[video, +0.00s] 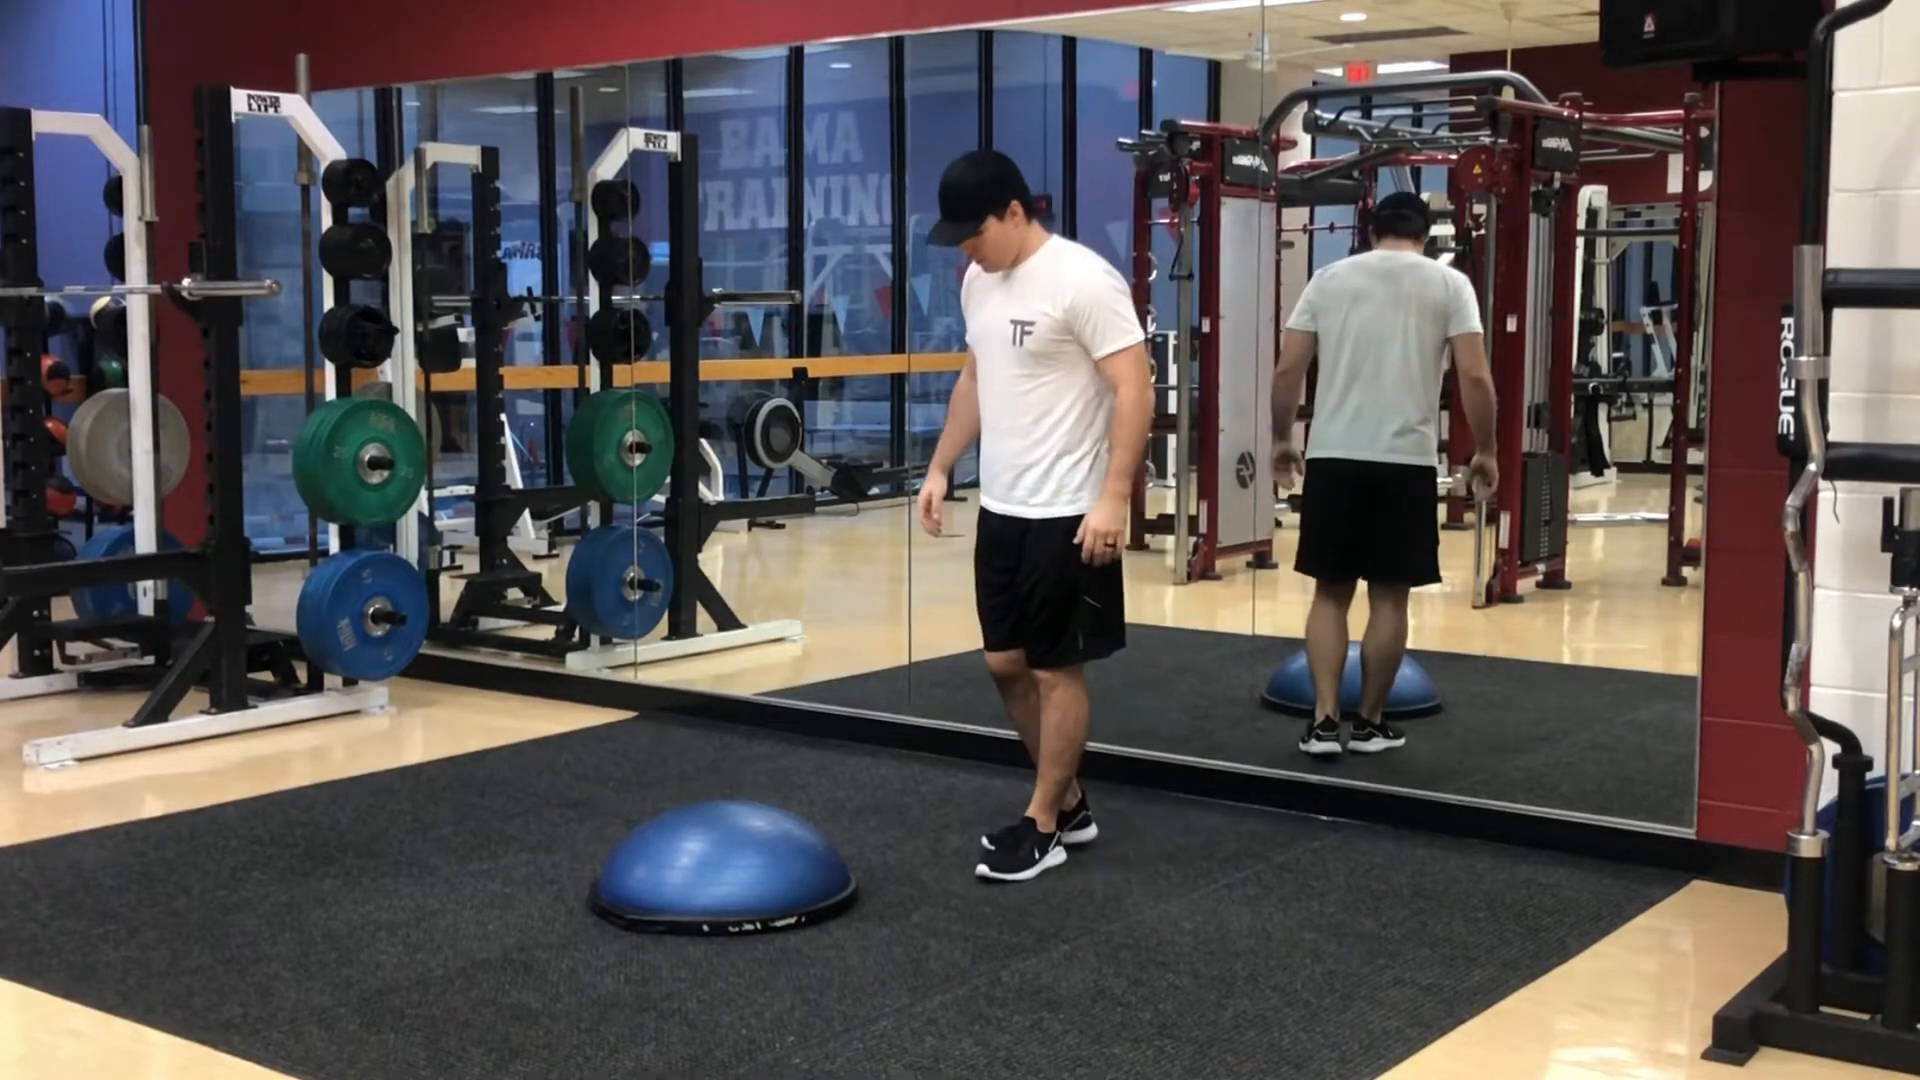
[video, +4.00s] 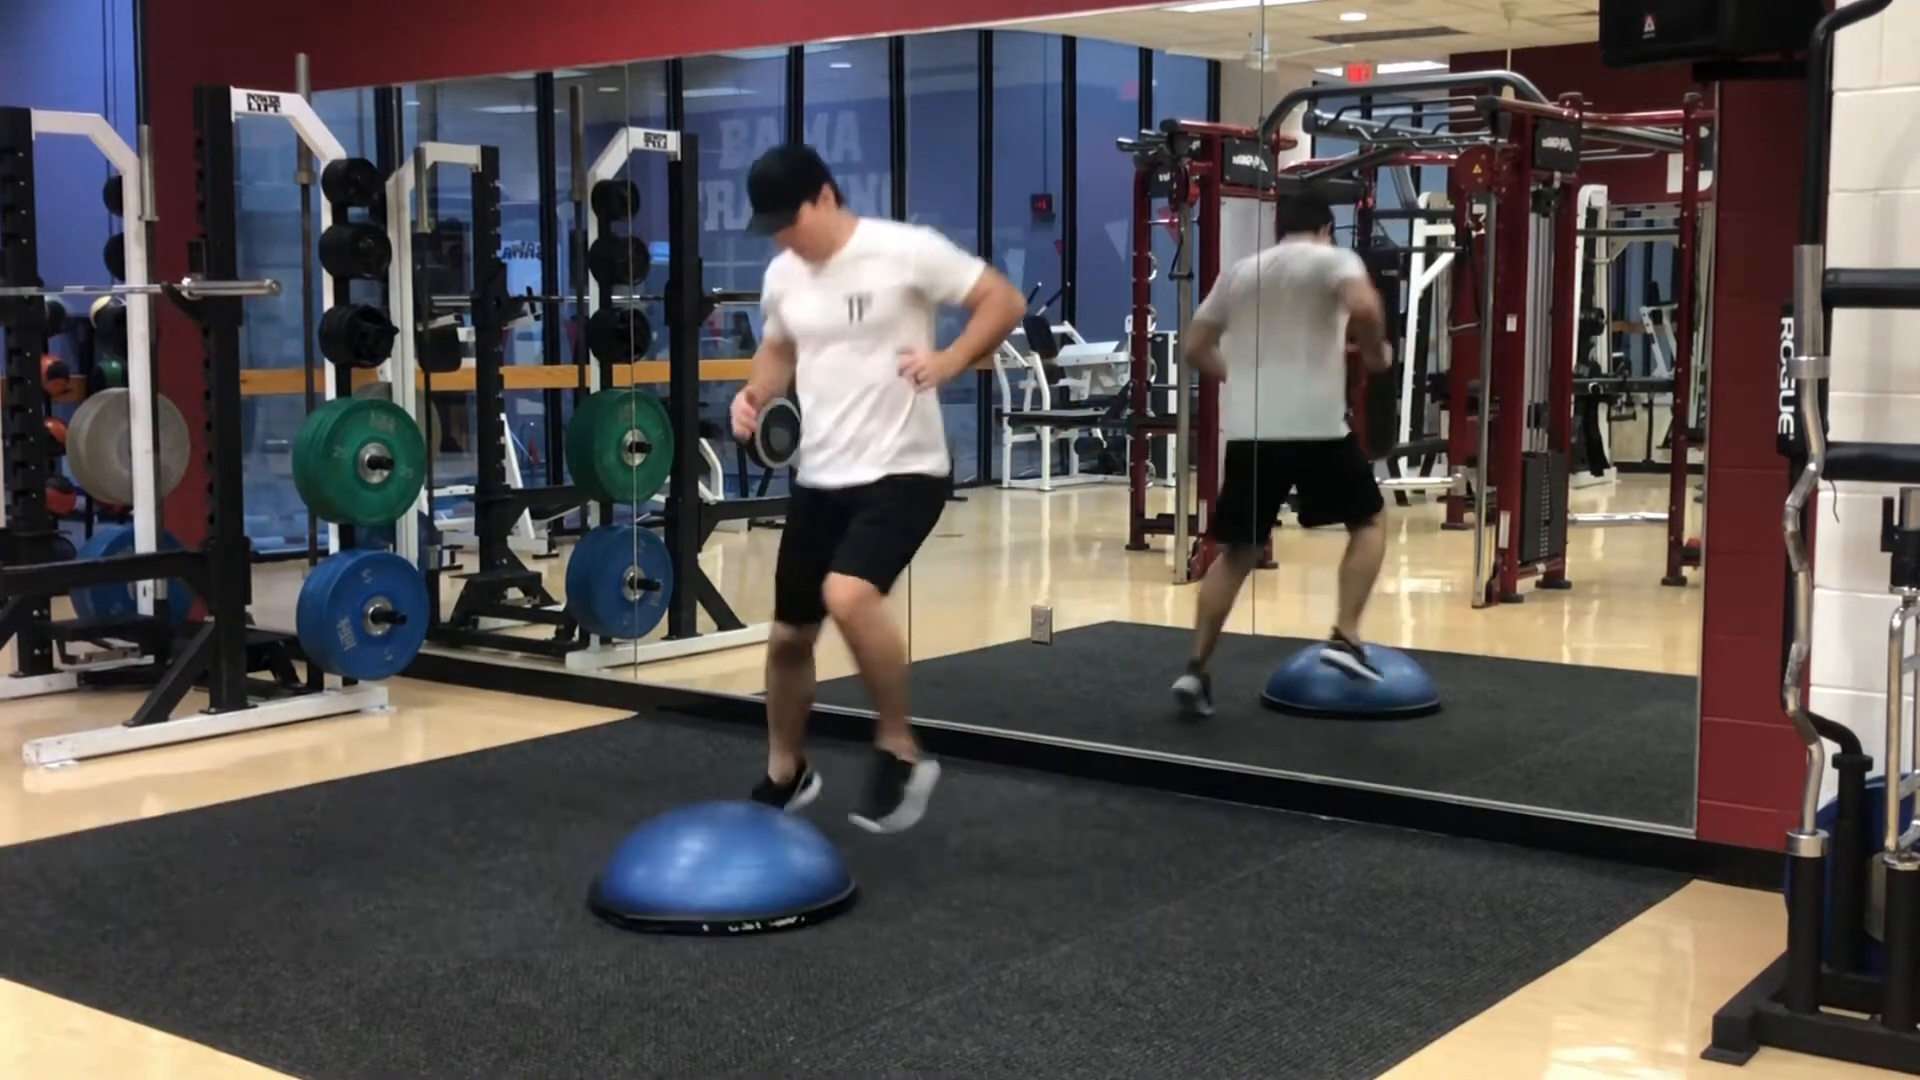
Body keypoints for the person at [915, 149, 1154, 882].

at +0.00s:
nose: (967, 253)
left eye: (973, 237)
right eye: (961, 241)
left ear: (1012, 213)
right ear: (985, 224)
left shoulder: (1086, 279)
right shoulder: (978, 282)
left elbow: (1136, 388)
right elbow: (977, 378)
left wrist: (1116, 496)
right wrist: (940, 466)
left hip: (1069, 512)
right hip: (1002, 509)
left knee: (1059, 667)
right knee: (1007, 662)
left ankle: (1042, 824)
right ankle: (1068, 800)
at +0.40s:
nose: (974, 246)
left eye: (981, 230)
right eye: (968, 234)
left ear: (1023, 207)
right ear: (996, 215)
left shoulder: (1095, 280)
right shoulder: (982, 278)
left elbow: (1142, 392)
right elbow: (974, 378)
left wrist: (1117, 496)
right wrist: (934, 464)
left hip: (1062, 515)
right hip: (986, 507)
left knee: (1050, 670)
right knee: (955, 653)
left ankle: (1042, 825)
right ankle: (986, 803)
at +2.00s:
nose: (926, 252)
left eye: (931, 236)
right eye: (919, 242)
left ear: (971, 211)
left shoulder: (1049, 277)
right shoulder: (937, 279)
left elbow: (1101, 384)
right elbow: (941, 377)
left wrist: (1072, 491)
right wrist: (905, 468)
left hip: (1022, 518)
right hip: (945, 506)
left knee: (1010, 677)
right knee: (882, 629)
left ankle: (1015, 813)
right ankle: (885, 789)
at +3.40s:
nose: (861, 270)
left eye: (866, 254)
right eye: (855, 259)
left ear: (908, 233)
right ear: (894, 238)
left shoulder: (984, 305)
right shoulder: (872, 302)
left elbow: (1044, 407)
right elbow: (880, 394)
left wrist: (986, 481)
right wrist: (840, 448)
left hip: (974, 528)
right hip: (896, 510)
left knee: (957, 685)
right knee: (806, 596)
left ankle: (1007, 806)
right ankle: (825, 758)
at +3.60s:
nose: (820, 225)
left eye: (826, 209)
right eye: (814, 213)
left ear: (866, 185)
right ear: (811, 207)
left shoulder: (947, 242)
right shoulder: (822, 250)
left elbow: (1037, 308)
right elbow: (829, 324)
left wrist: (976, 371)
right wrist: (801, 376)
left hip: (925, 470)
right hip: (844, 466)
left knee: (893, 616)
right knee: (784, 611)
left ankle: (940, 762)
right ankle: (786, 749)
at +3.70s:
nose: (796, 247)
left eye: (802, 232)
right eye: (789, 236)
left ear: (841, 208)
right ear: (788, 229)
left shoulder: (922, 264)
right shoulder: (791, 277)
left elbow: (1006, 332)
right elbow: (793, 361)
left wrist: (948, 396)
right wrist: (783, 428)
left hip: (907, 476)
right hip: (826, 483)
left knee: (843, 578)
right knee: (796, 643)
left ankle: (866, 726)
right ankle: (784, 777)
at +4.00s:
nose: (782, 241)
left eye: (787, 225)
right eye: (774, 230)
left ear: (824, 200)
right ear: (777, 220)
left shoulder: (906, 249)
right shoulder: (783, 274)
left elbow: (1006, 300)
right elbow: (778, 352)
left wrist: (949, 360)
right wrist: (752, 395)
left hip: (904, 468)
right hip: (822, 477)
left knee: (848, 595)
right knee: (788, 637)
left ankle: (899, 751)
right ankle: (785, 773)